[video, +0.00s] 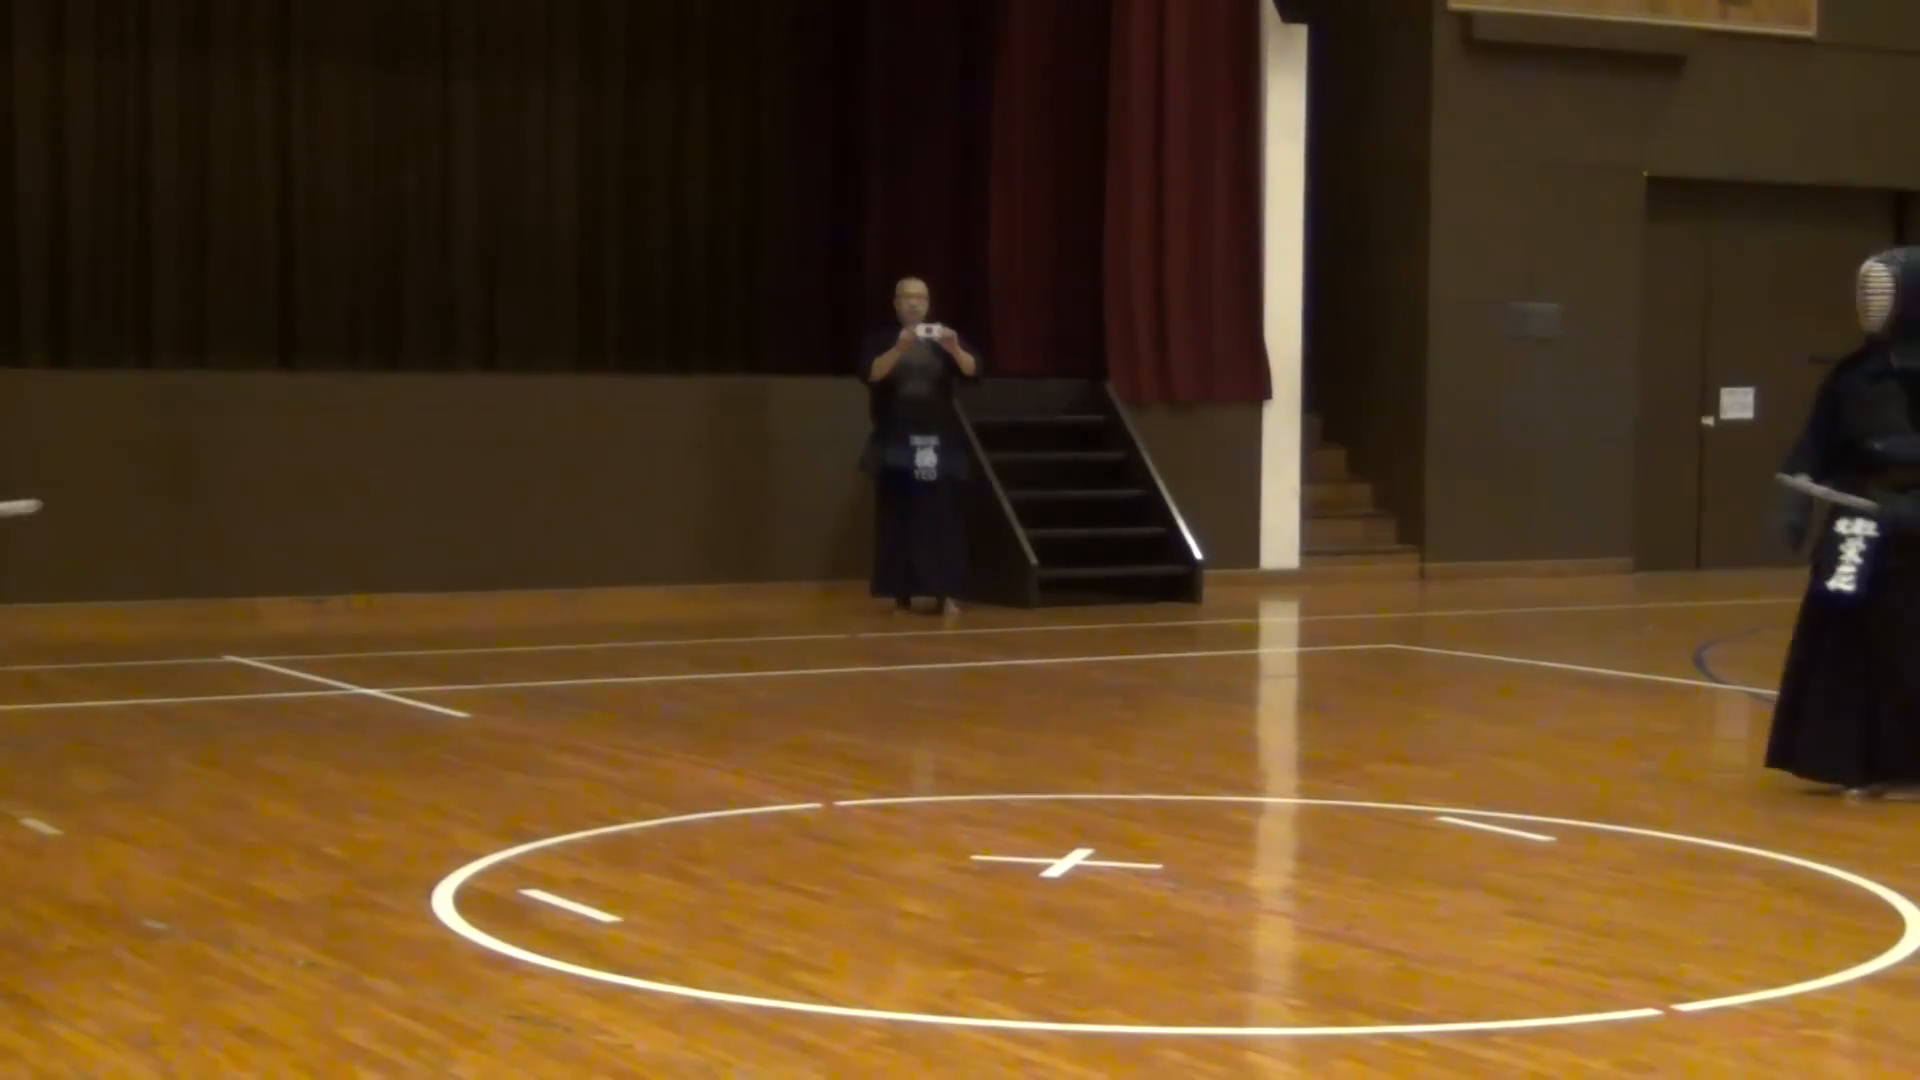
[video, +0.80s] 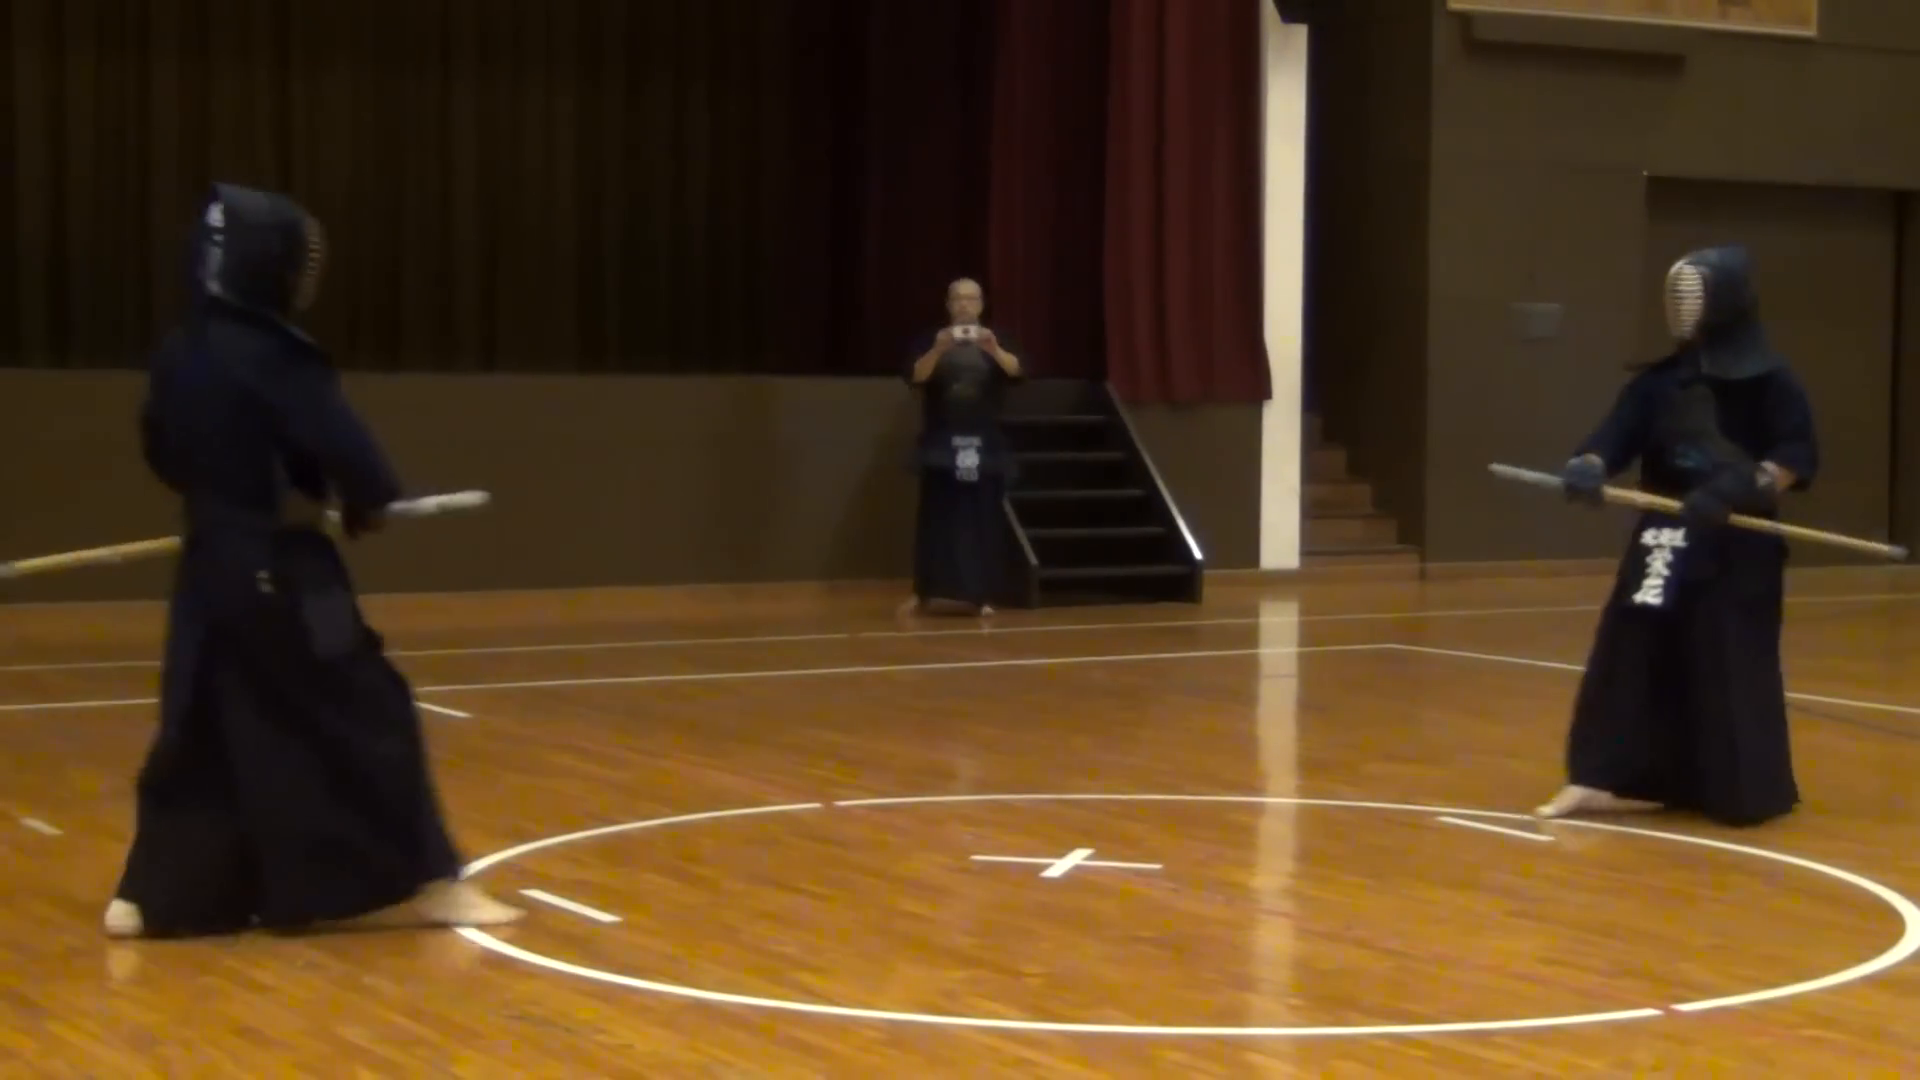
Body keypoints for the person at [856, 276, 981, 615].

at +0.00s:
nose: (913, 304)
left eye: (919, 299)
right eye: (907, 299)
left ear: (928, 303)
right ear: (896, 303)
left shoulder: (943, 338)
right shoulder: (885, 340)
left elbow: (973, 370)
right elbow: (871, 374)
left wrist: (954, 348)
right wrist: (900, 348)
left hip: (939, 436)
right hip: (897, 436)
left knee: (943, 512)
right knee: (899, 512)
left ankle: (948, 593)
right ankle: (901, 590)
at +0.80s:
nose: (965, 305)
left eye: (972, 299)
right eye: (959, 299)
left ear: (982, 303)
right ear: (949, 304)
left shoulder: (994, 341)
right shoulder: (934, 342)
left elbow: (1017, 371)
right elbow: (916, 376)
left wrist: (992, 348)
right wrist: (940, 348)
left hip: (983, 437)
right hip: (942, 437)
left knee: (984, 513)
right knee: (935, 512)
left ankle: (986, 596)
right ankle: (925, 591)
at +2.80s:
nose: (974, 305)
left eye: (981, 299)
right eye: (968, 298)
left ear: (991, 303)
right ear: (957, 302)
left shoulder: (1002, 339)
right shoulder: (944, 338)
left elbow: (1023, 370)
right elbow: (924, 374)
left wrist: (1000, 348)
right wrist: (947, 346)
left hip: (988, 436)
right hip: (948, 435)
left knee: (985, 512)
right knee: (944, 512)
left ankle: (982, 594)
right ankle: (938, 593)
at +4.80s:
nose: (988, 304)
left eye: (994, 298)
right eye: (983, 298)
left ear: (1004, 302)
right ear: (972, 302)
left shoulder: (1016, 340)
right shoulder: (958, 339)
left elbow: (1036, 371)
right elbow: (937, 373)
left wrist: (1013, 347)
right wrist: (960, 346)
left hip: (1003, 434)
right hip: (962, 434)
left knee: (1000, 510)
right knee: (961, 510)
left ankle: (996, 588)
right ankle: (959, 588)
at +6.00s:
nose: (979, 308)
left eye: (986, 302)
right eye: (973, 302)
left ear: (997, 307)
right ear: (963, 306)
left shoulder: (1007, 348)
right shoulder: (947, 344)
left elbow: (1027, 376)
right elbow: (930, 375)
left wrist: (1002, 348)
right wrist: (954, 349)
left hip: (993, 441)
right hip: (952, 440)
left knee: (990, 516)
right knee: (950, 516)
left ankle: (989, 598)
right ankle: (947, 596)